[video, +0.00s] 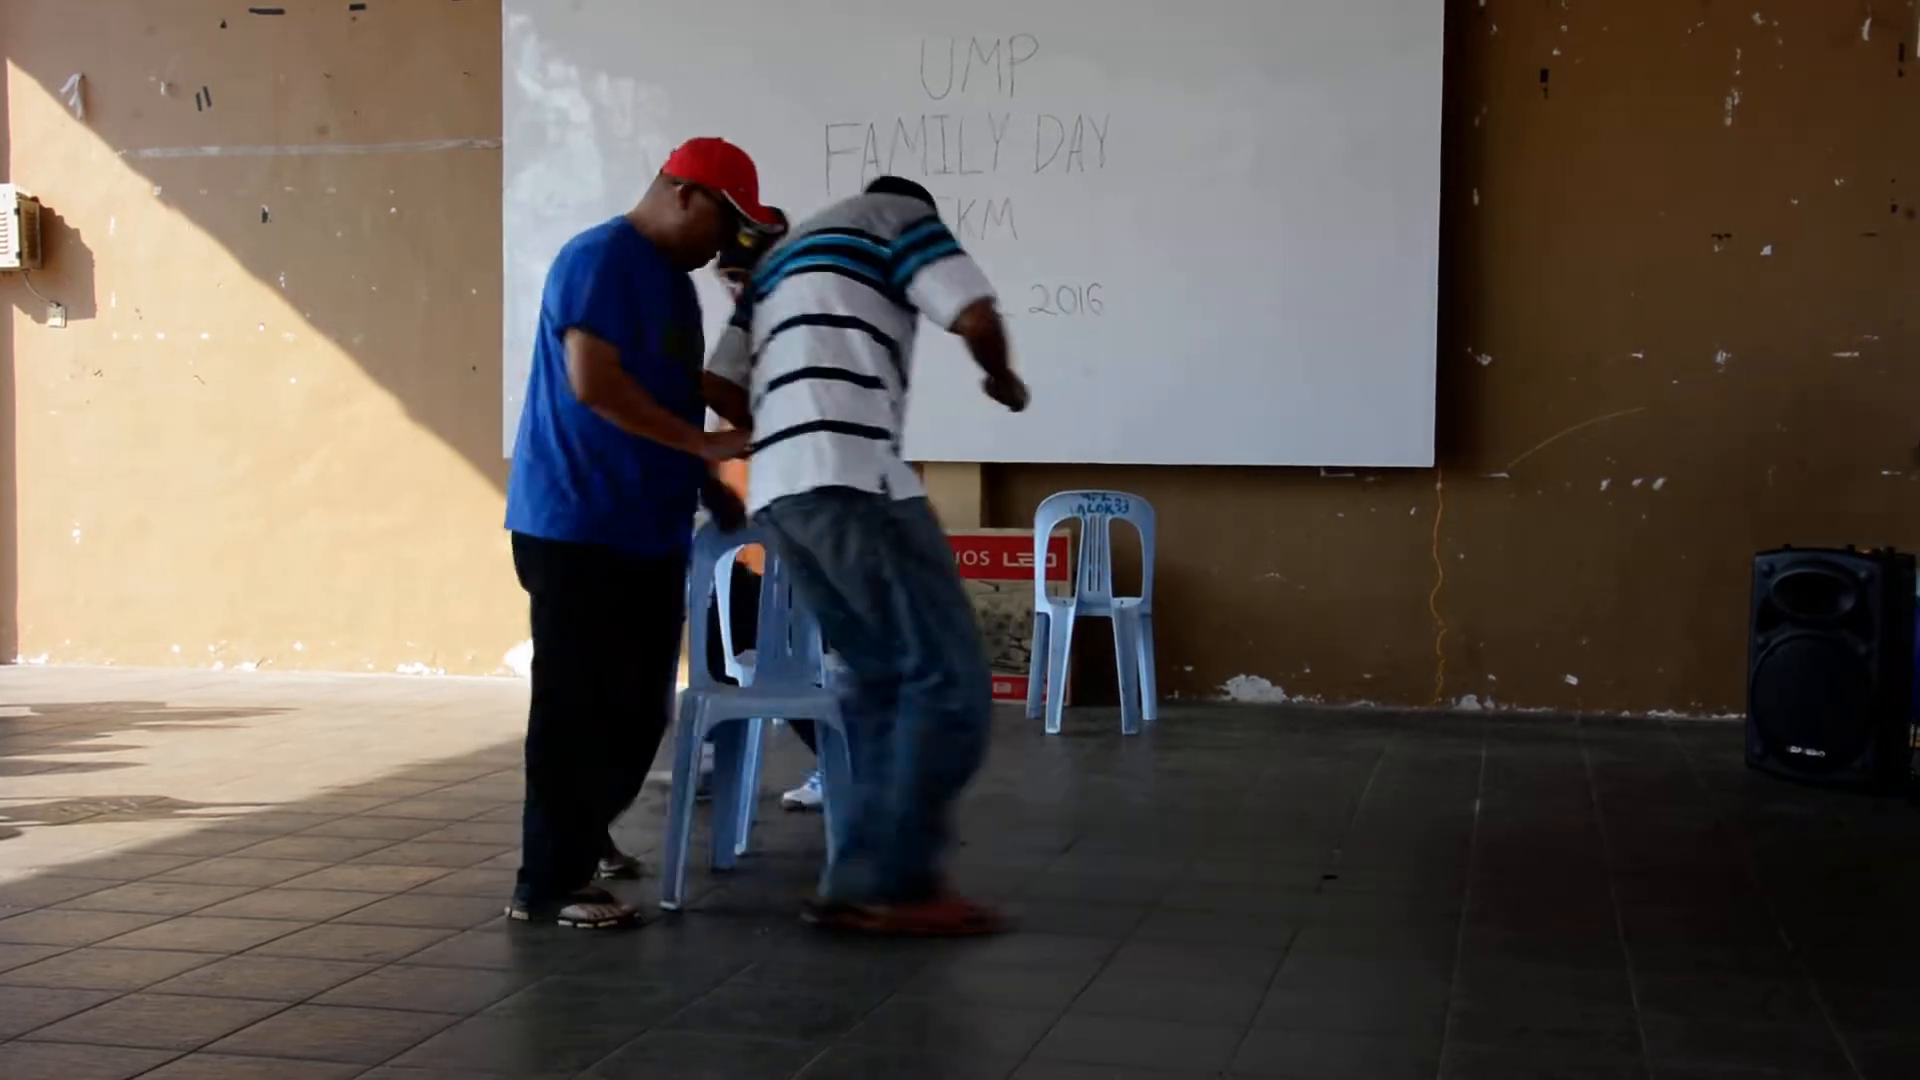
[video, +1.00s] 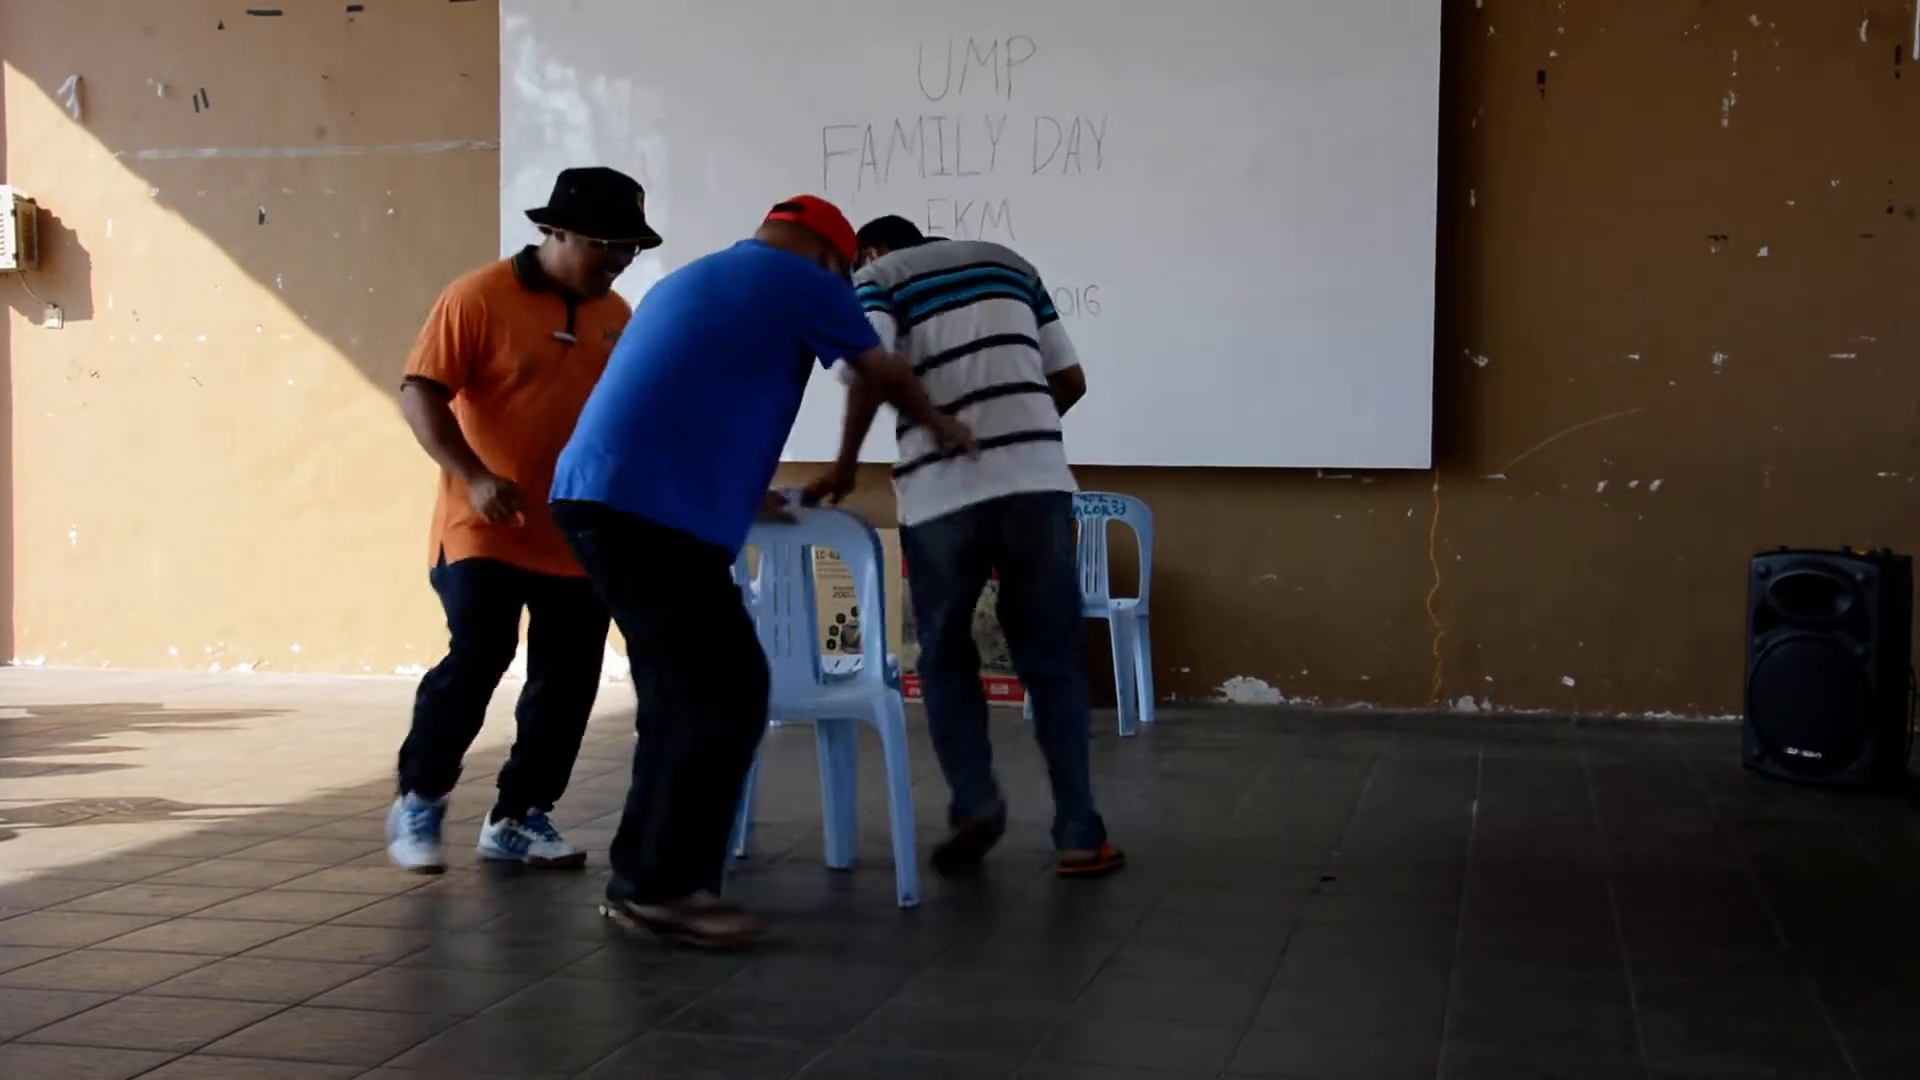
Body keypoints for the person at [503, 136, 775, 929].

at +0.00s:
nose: (724, 241)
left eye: (731, 227)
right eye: (722, 220)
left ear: (688, 202)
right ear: (684, 195)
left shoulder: (671, 283)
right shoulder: (606, 256)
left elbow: (671, 383)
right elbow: (594, 383)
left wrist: (747, 409)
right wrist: (698, 444)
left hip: (641, 534)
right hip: (578, 527)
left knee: (638, 704)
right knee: (577, 707)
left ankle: (580, 839)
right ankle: (550, 887)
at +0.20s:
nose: (744, 233)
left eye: (751, 218)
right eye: (745, 211)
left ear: (696, 186)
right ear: (709, 188)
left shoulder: (646, 249)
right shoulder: (645, 248)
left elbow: (668, 384)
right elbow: (658, 380)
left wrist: (740, 442)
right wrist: (750, 456)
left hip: (649, 520)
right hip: (587, 517)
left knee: (684, 668)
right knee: (576, 697)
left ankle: (585, 808)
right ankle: (549, 883)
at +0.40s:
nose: (770, 245)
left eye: (778, 232)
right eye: (773, 226)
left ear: (710, 194)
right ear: (743, 199)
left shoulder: (643, 245)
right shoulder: (702, 246)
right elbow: (741, 387)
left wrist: (732, 452)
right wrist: (784, 450)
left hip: (578, 504)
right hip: (643, 515)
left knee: (591, 700)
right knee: (701, 699)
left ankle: (556, 881)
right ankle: (656, 882)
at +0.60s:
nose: (805, 272)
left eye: (811, 260)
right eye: (809, 256)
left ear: (744, 222)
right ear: (788, 235)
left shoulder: (675, 264)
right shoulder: (750, 274)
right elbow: (768, 414)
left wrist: (769, 465)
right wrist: (826, 458)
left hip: (580, 504)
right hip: (640, 514)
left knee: (673, 695)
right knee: (697, 701)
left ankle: (634, 883)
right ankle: (636, 895)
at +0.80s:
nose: (829, 301)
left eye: (834, 290)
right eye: (834, 286)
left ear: (767, 246)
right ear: (820, 267)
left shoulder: (697, 280)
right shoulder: (805, 311)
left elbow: (667, 423)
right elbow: (843, 431)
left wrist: (747, 499)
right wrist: (884, 464)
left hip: (575, 502)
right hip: (643, 516)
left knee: (662, 705)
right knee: (691, 711)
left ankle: (646, 881)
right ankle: (625, 902)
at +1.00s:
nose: (840, 281)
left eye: (843, 272)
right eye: (841, 269)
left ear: (771, 233)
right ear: (823, 251)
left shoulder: (702, 275)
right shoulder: (809, 278)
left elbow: (665, 409)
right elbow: (884, 371)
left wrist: (754, 493)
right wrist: (934, 418)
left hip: (595, 496)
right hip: (656, 505)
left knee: (678, 693)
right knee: (734, 686)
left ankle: (639, 881)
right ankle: (665, 889)